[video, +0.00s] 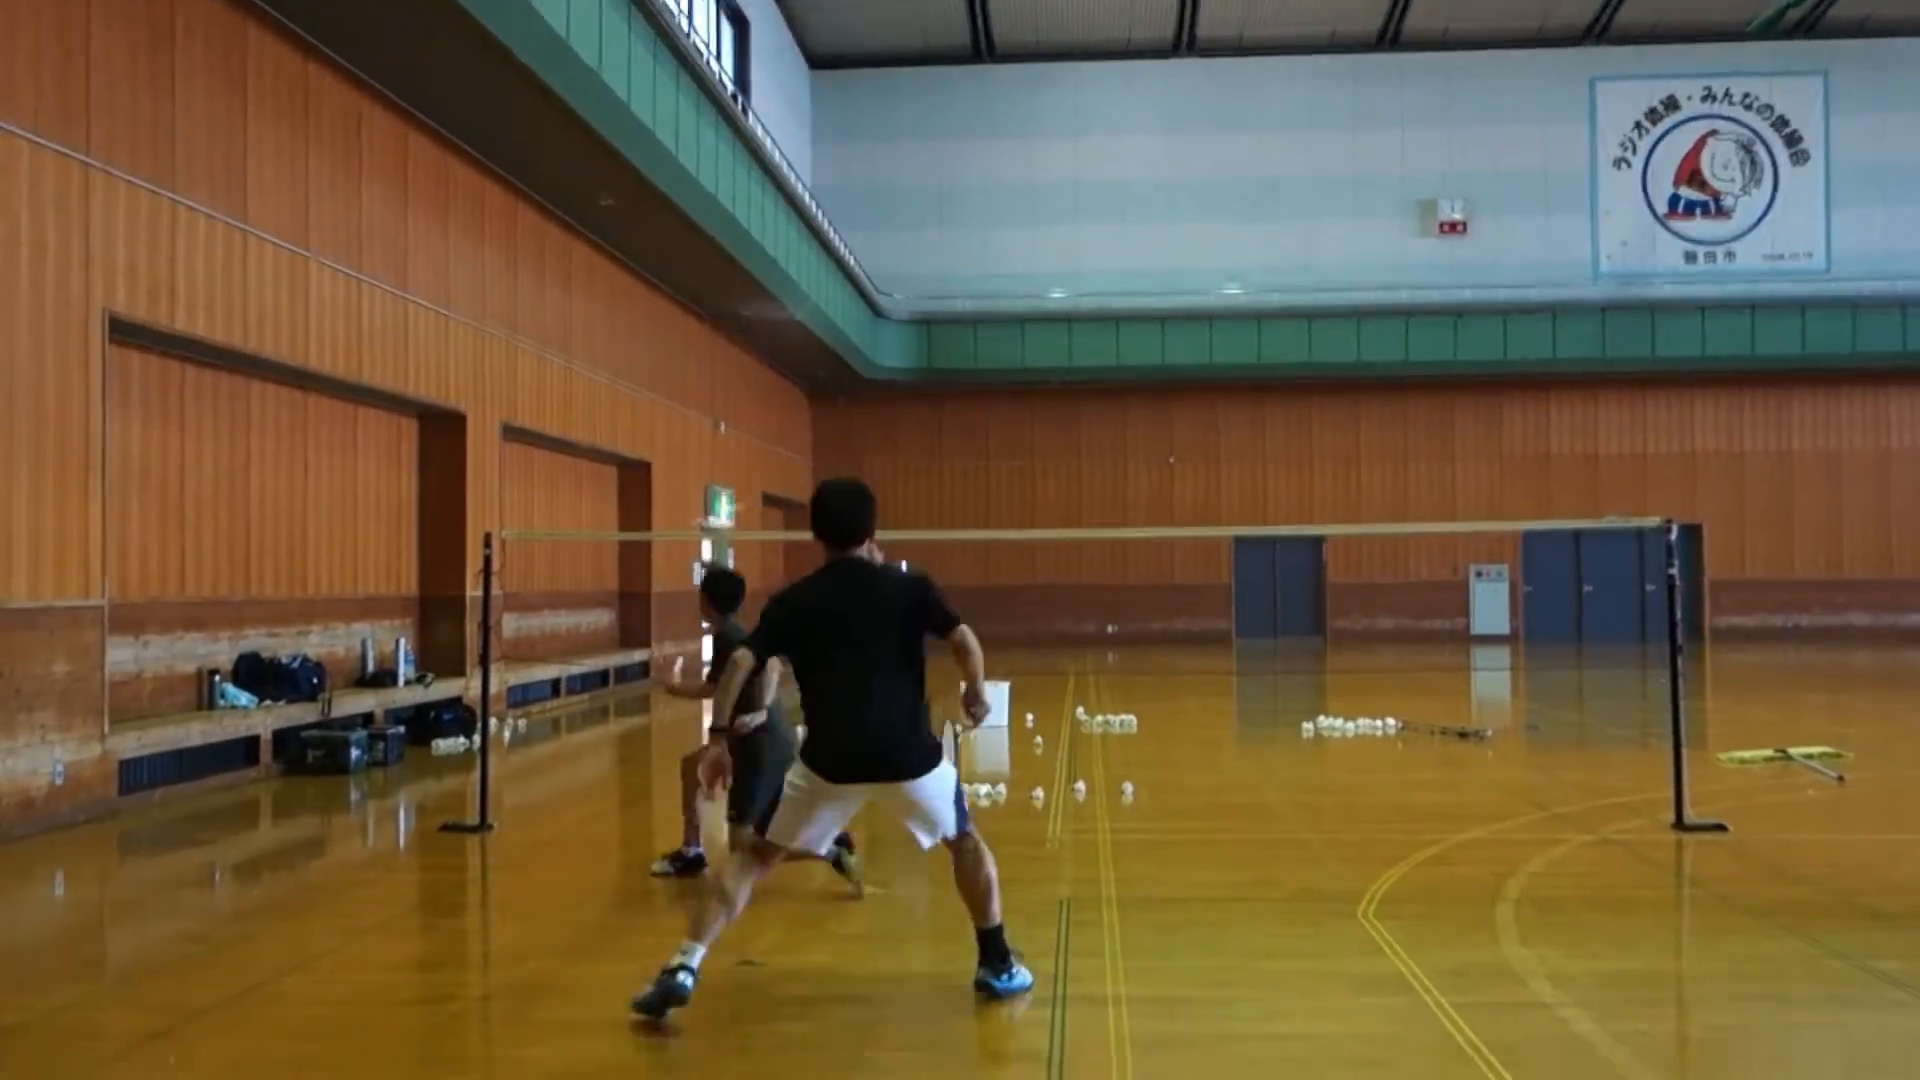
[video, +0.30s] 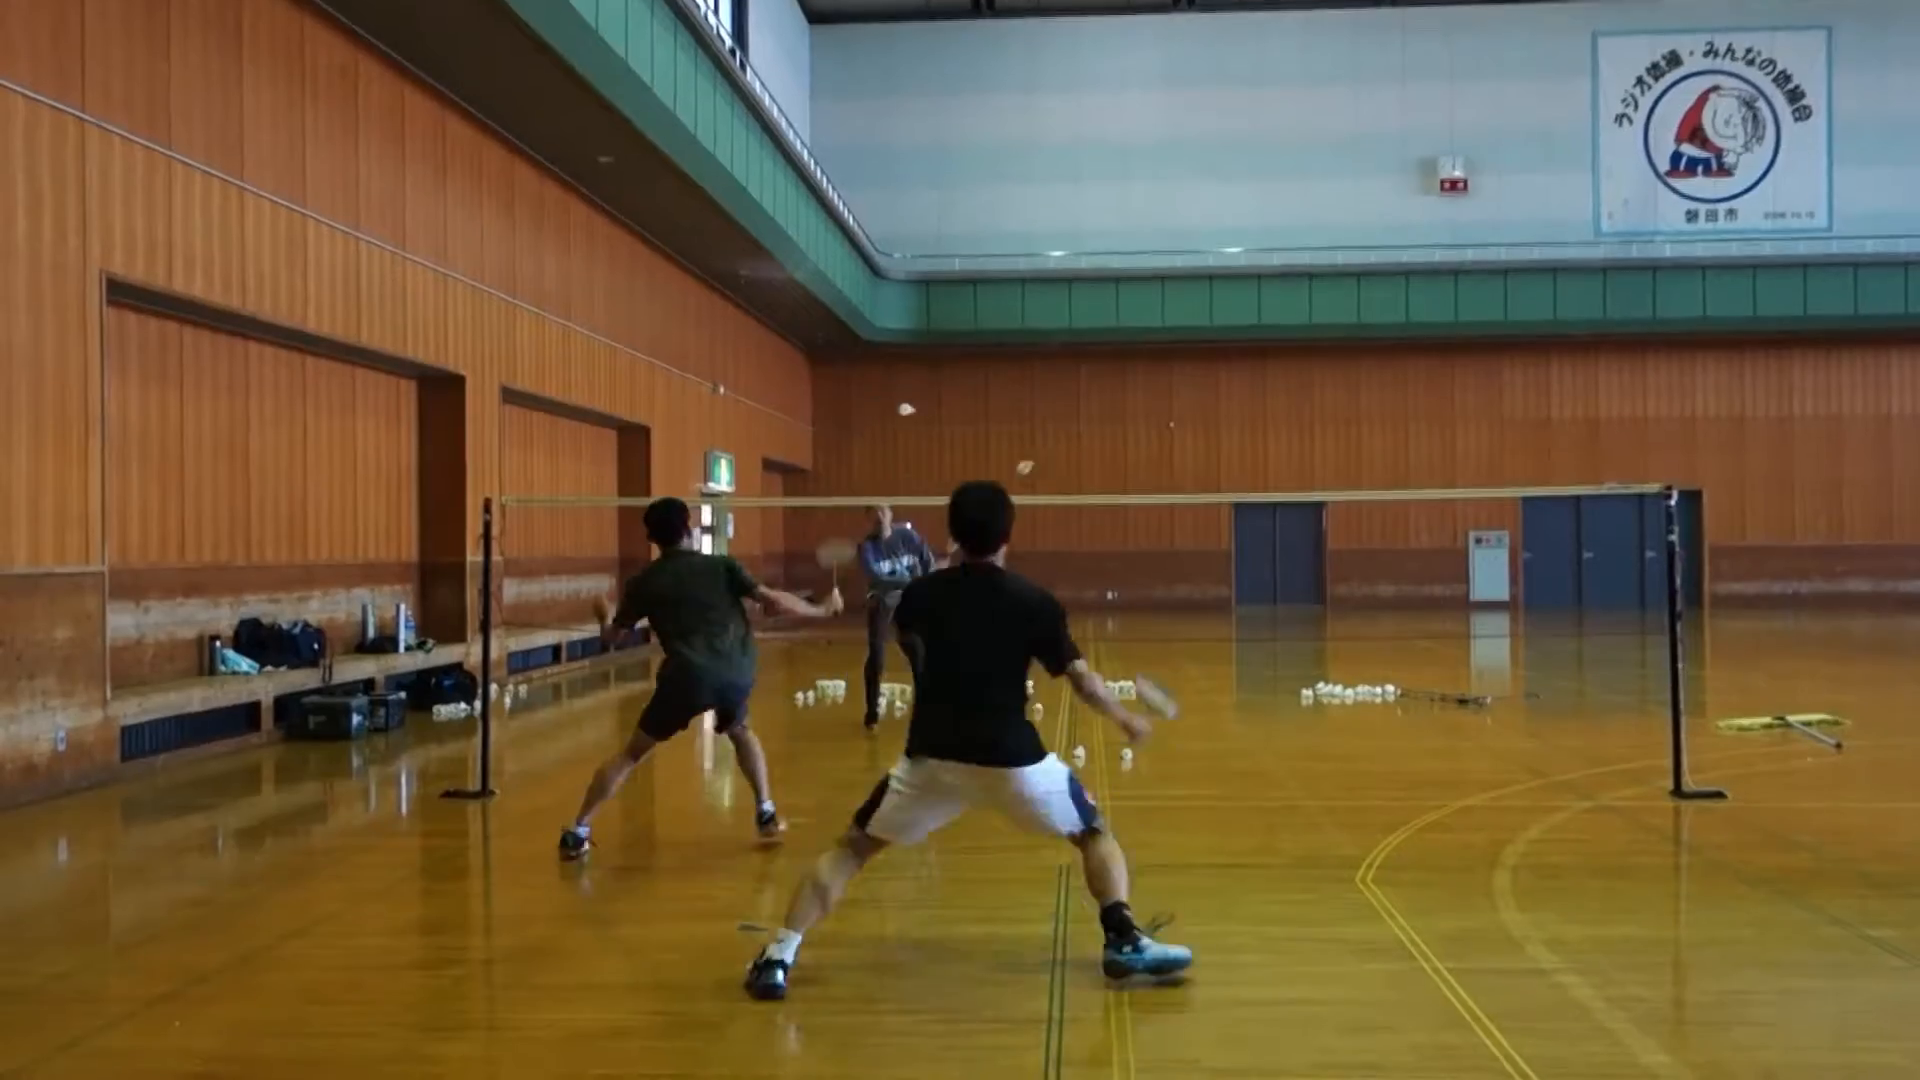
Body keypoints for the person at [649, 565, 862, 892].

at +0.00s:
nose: (699, 603)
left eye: (701, 597)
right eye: (700, 596)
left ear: (708, 602)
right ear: (737, 601)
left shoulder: (728, 639)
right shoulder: (739, 633)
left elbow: (711, 688)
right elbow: (774, 664)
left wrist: (674, 688)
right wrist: (764, 706)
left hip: (761, 742)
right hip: (764, 732)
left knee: (743, 844)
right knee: (690, 766)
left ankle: (830, 850)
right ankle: (692, 850)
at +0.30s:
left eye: (653, 530)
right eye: (687, 526)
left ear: (651, 536)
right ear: (688, 530)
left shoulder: (645, 583)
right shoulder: (720, 566)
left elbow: (614, 635)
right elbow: (772, 600)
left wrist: (604, 613)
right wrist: (822, 610)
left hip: (685, 679)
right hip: (736, 674)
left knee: (630, 755)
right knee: (739, 729)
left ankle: (578, 829)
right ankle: (766, 808)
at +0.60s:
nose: (747, 491)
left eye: (744, 483)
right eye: (743, 483)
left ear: (704, 493)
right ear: (729, 491)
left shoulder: (675, 538)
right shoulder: (748, 538)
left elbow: (639, 586)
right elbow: (759, 604)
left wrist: (628, 631)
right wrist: (784, 650)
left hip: (683, 651)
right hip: (736, 649)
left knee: (658, 723)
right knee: (795, 717)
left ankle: (641, 806)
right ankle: (818, 805)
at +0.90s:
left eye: (741, 482)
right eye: (782, 484)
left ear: (742, 485)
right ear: (782, 487)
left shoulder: (722, 525)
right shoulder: (803, 534)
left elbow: (683, 579)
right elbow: (838, 600)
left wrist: (653, 603)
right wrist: (857, 653)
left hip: (736, 643)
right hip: (792, 643)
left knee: (707, 726)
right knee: (819, 728)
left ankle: (712, 824)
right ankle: (842, 816)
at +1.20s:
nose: (745, 495)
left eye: (745, 488)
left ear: (746, 493)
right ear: (789, 494)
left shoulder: (734, 534)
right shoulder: (816, 536)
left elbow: (683, 596)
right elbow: (853, 605)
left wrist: (673, 606)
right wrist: (868, 667)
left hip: (771, 655)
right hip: (827, 654)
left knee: (711, 745)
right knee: (842, 740)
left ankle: (700, 857)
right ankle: (880, 835)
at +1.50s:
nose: (764, 482)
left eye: (759, 474)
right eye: (760, 475)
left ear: (711, 497)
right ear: (754, 487)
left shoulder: (699, 552)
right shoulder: (784, 539)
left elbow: (667, 631)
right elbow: (795, 603)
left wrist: (698, 666)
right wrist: (827, 673)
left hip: (708, 679)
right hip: (771, 675)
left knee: (740, 785)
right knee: (814, 774)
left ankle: (754, 897)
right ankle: (828, 887)